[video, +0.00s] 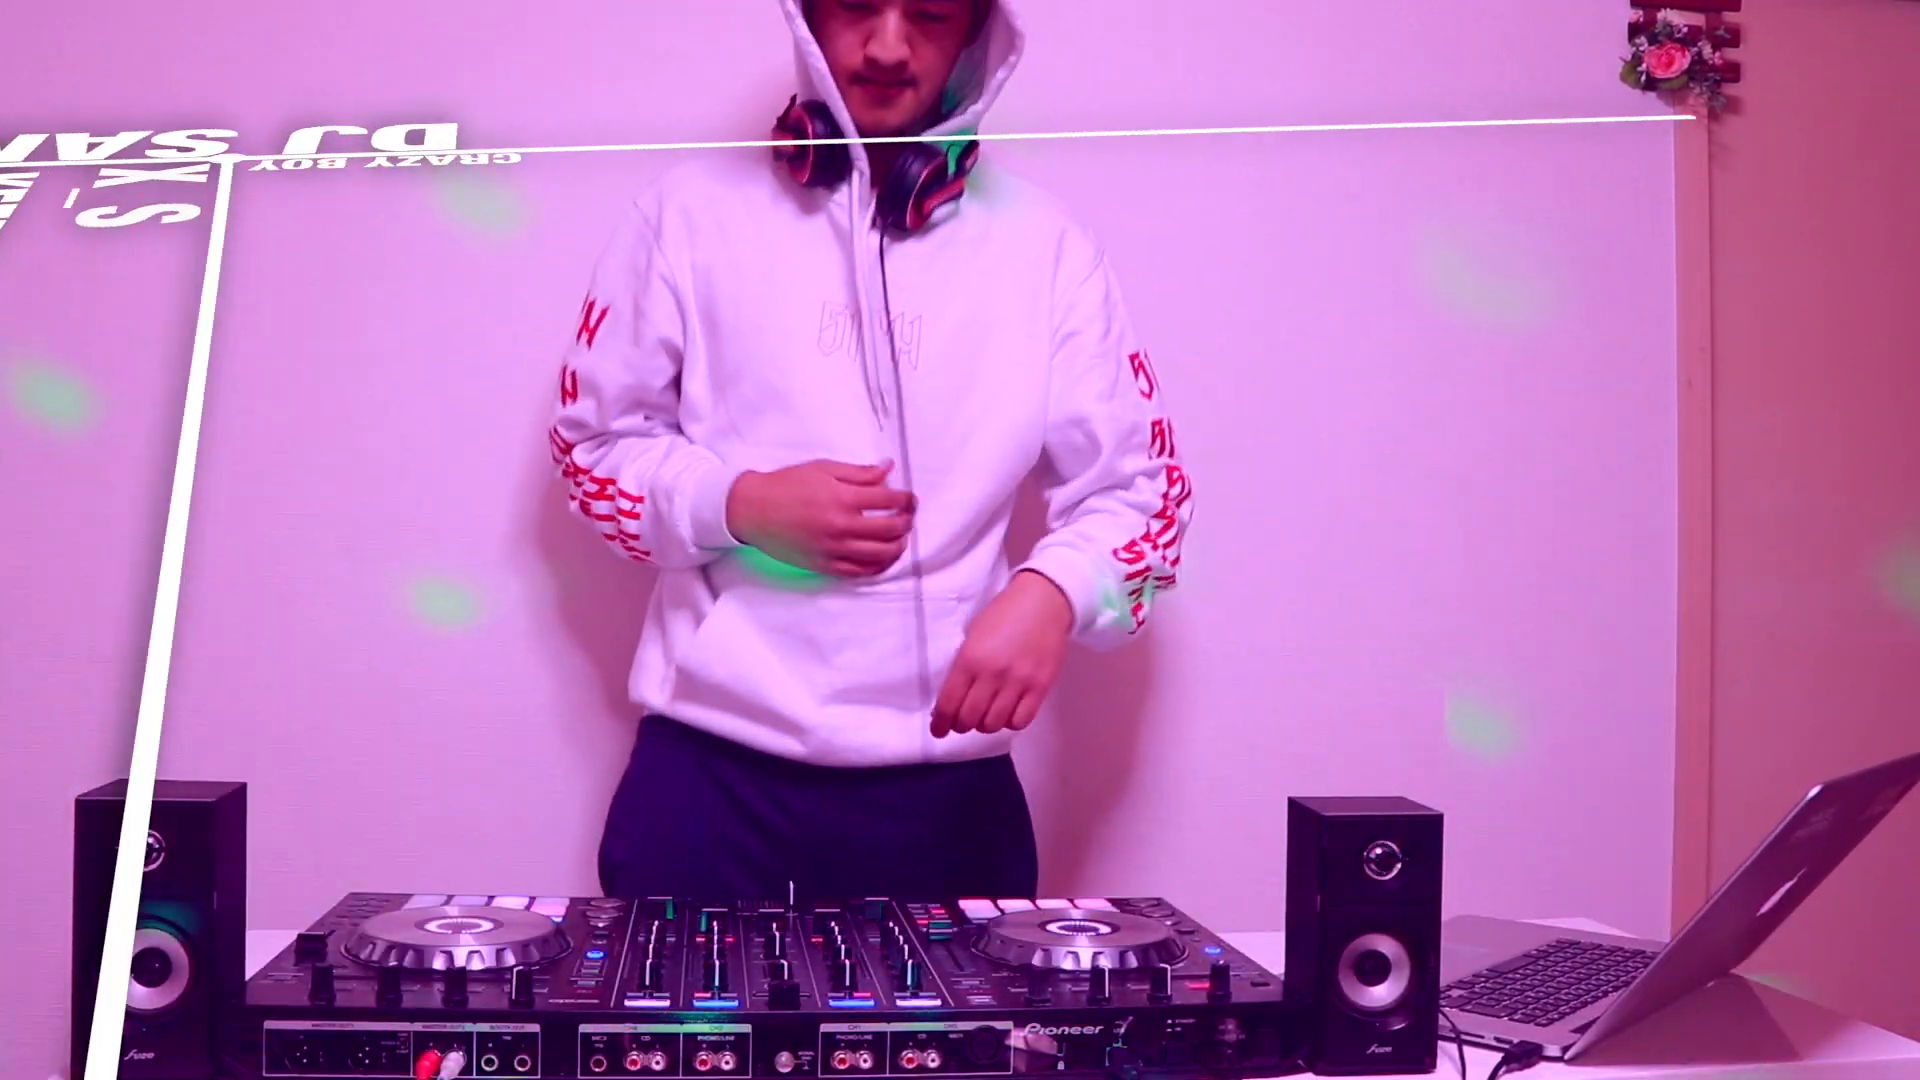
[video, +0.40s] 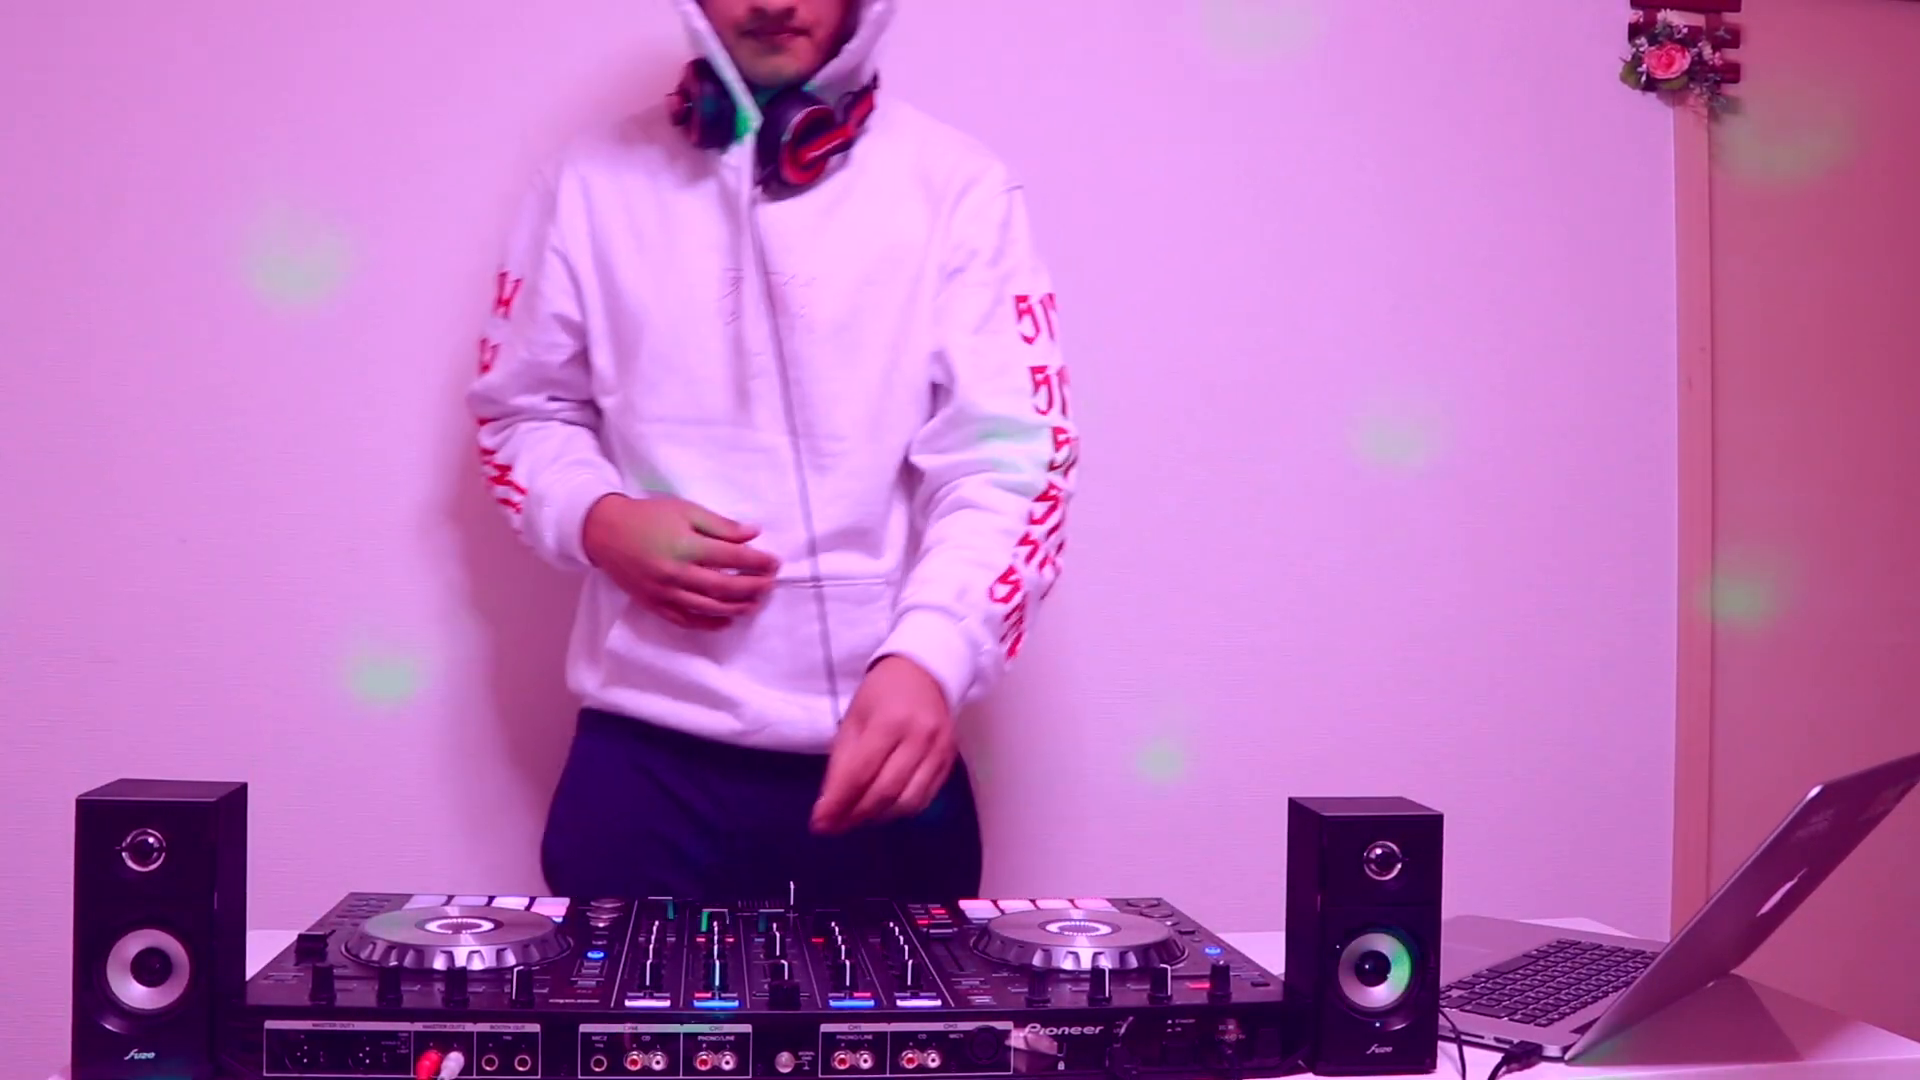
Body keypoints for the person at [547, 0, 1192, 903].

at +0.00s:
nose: (887, 49)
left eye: (926, 15)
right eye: (854, 11)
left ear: (971, 29)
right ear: (809, 20)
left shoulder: (1043, 249)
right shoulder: (693, 216)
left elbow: (1138, 488)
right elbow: (597, 447)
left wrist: (1052, 590)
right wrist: (742, 506)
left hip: (947, 798)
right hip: (714, 788)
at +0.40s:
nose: (773, 0)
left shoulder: (957, 192)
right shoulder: (595, 187)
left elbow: (1010, 466)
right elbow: (521, 415)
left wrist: (930, 660)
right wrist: (603, 523)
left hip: (884, 772)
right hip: (651, 763)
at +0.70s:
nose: (662, 0)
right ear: (579, 2)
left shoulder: (867, 180)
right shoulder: (520, 189)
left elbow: (917, 472)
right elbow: (473, 414)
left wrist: (847, 696)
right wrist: (496, 516)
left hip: (817, 777)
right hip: (589, 774)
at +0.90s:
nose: (665, 51)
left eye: (697, 6)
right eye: (621, 14)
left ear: (759, 8)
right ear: (581, 29)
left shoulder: (888, 200)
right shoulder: (540, 197)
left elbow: (950, 484)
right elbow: (466, 406)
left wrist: (719, 635)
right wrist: (458, 425)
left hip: (821, 791)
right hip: (585, 779)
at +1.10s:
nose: (769, 32)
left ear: (858, 19)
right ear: (689, 20)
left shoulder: (953, 233)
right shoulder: (599, 218)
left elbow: (972, 503)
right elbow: (498, 496)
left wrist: (716, 595)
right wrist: (493, 332)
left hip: (872, 801)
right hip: (632, 794)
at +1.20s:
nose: (815, 38)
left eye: (855, 4)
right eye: (781, 2)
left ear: (904, 21)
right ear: (732, 16)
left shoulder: (988, 229)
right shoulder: (627, 204)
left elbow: (1023, 489)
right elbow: (529, 481)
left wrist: (788, 589)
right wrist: (552, 359)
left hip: (896, 789)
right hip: (663, 778)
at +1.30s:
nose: (863, 73)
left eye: (908, 37)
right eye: (829, 28)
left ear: (953, 46)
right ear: (777, 24)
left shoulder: (1022, 239)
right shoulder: (652, 202)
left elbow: (1067, 508)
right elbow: (553, 418)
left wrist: (864, 608)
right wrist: (604, 458)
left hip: (919, 786)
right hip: (689, 777)